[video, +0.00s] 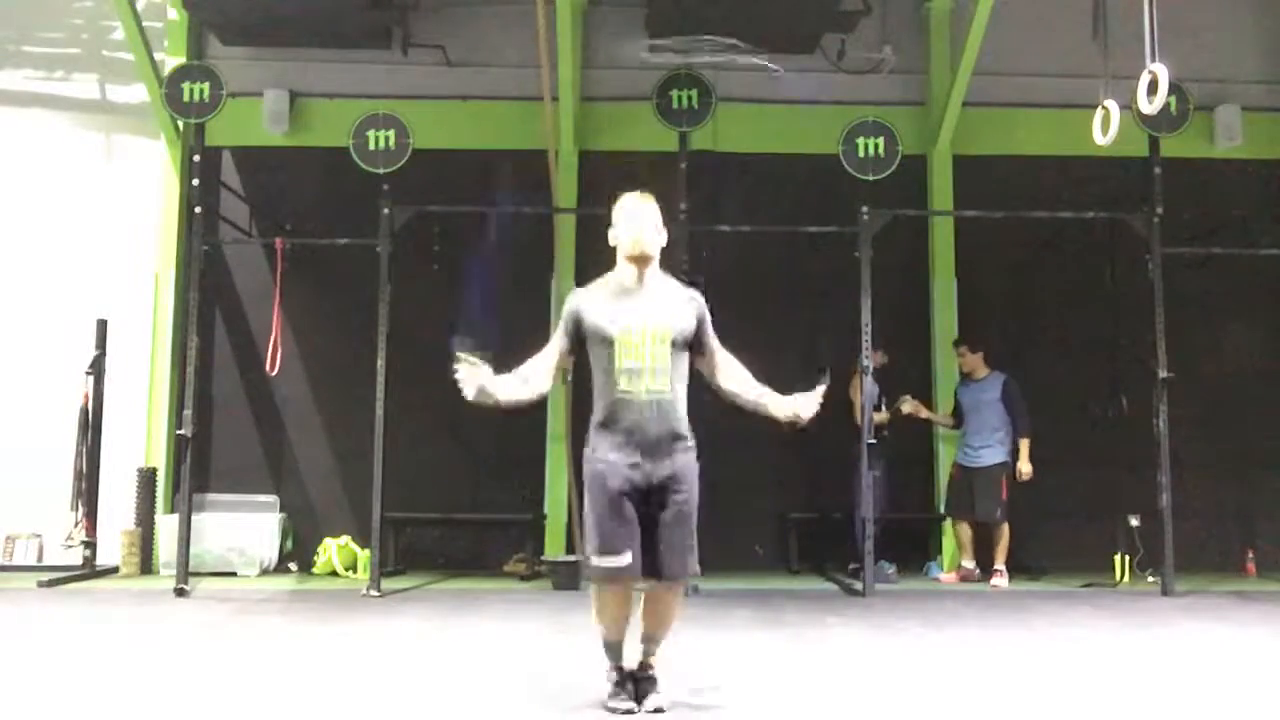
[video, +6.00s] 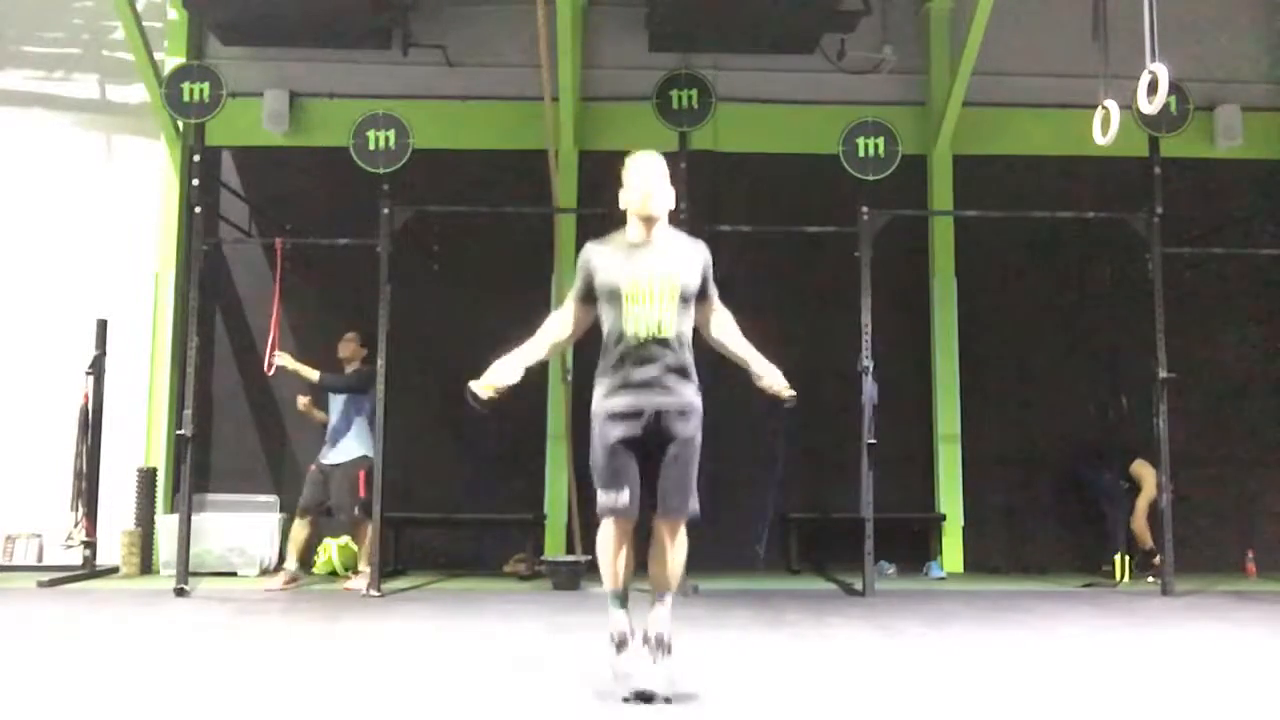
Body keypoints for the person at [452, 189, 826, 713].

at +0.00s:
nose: (643, 231)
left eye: (651, 223)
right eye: (633, 222)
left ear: (664, 233)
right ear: (613, 234)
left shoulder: (688, 302)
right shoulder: (584, 302)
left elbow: (723, 369)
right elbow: (544, 370)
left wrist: (781, 405)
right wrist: (493, 385)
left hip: (675, 451)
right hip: (610, 451)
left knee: (671, 573)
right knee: (614, 568)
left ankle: (647, 667)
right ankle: (618, 669)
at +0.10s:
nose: (635, 184)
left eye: (643, 175)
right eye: (625, 175)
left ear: (659, 186)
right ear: (609, 187)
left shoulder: (689, 254)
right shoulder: (584, 256)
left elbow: (717, 334)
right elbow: (557, 332)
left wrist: (754, 394)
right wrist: (512, 387)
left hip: (674, 404)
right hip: (610, 405)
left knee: (667, 527)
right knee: (609, 525)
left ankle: (651, 640)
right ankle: (610, 638)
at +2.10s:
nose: (650, 206)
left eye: (657, 197)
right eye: (639, 197)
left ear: (672, 207)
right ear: (620, 209)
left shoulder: (696, 272)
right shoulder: (593, 273)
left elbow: (716, 339)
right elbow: (561, 342)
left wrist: (767, 383)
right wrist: (508, 365)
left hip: (681, 425)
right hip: (616, 427)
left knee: (674, 545)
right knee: (623, 542)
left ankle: (661, 659)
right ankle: (624, 655)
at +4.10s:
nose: (643, 156)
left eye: (651, 149)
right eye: (634, 149)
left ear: (666, 163)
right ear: (617, 162)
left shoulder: (695, 227)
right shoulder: (592, 231)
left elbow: (724, 295)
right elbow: (567, 298)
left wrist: (765, 351)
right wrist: (535, 348)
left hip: (676, 367)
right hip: (614, 367)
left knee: (670, 484)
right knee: (616, 478)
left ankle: (655, 589)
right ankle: (616, 586)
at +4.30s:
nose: (652, 185)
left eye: (659, 176)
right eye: (642, 177)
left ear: (671, 188)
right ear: (623, 189)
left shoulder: (695, 251)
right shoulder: (594, 255)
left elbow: (715, 321)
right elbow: (565, 325)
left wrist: (753, 373)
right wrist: (506, 367)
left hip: (678, 397)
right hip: (614, 397)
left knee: (672, 519)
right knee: (616, 515)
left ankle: (662, 631)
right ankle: (615, 621)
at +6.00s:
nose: (651, 191)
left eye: (657, 183)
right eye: (641, 183)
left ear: (671, 191)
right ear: (622, 193)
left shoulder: (695, 254)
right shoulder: (597, 255)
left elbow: (712, 317)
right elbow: (568, 321)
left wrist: (760, 366)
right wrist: (513, 362)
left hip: (679, 398)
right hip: (616, 399)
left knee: (672, 516)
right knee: (618, 512)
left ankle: (660, 625)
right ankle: (619, 623)